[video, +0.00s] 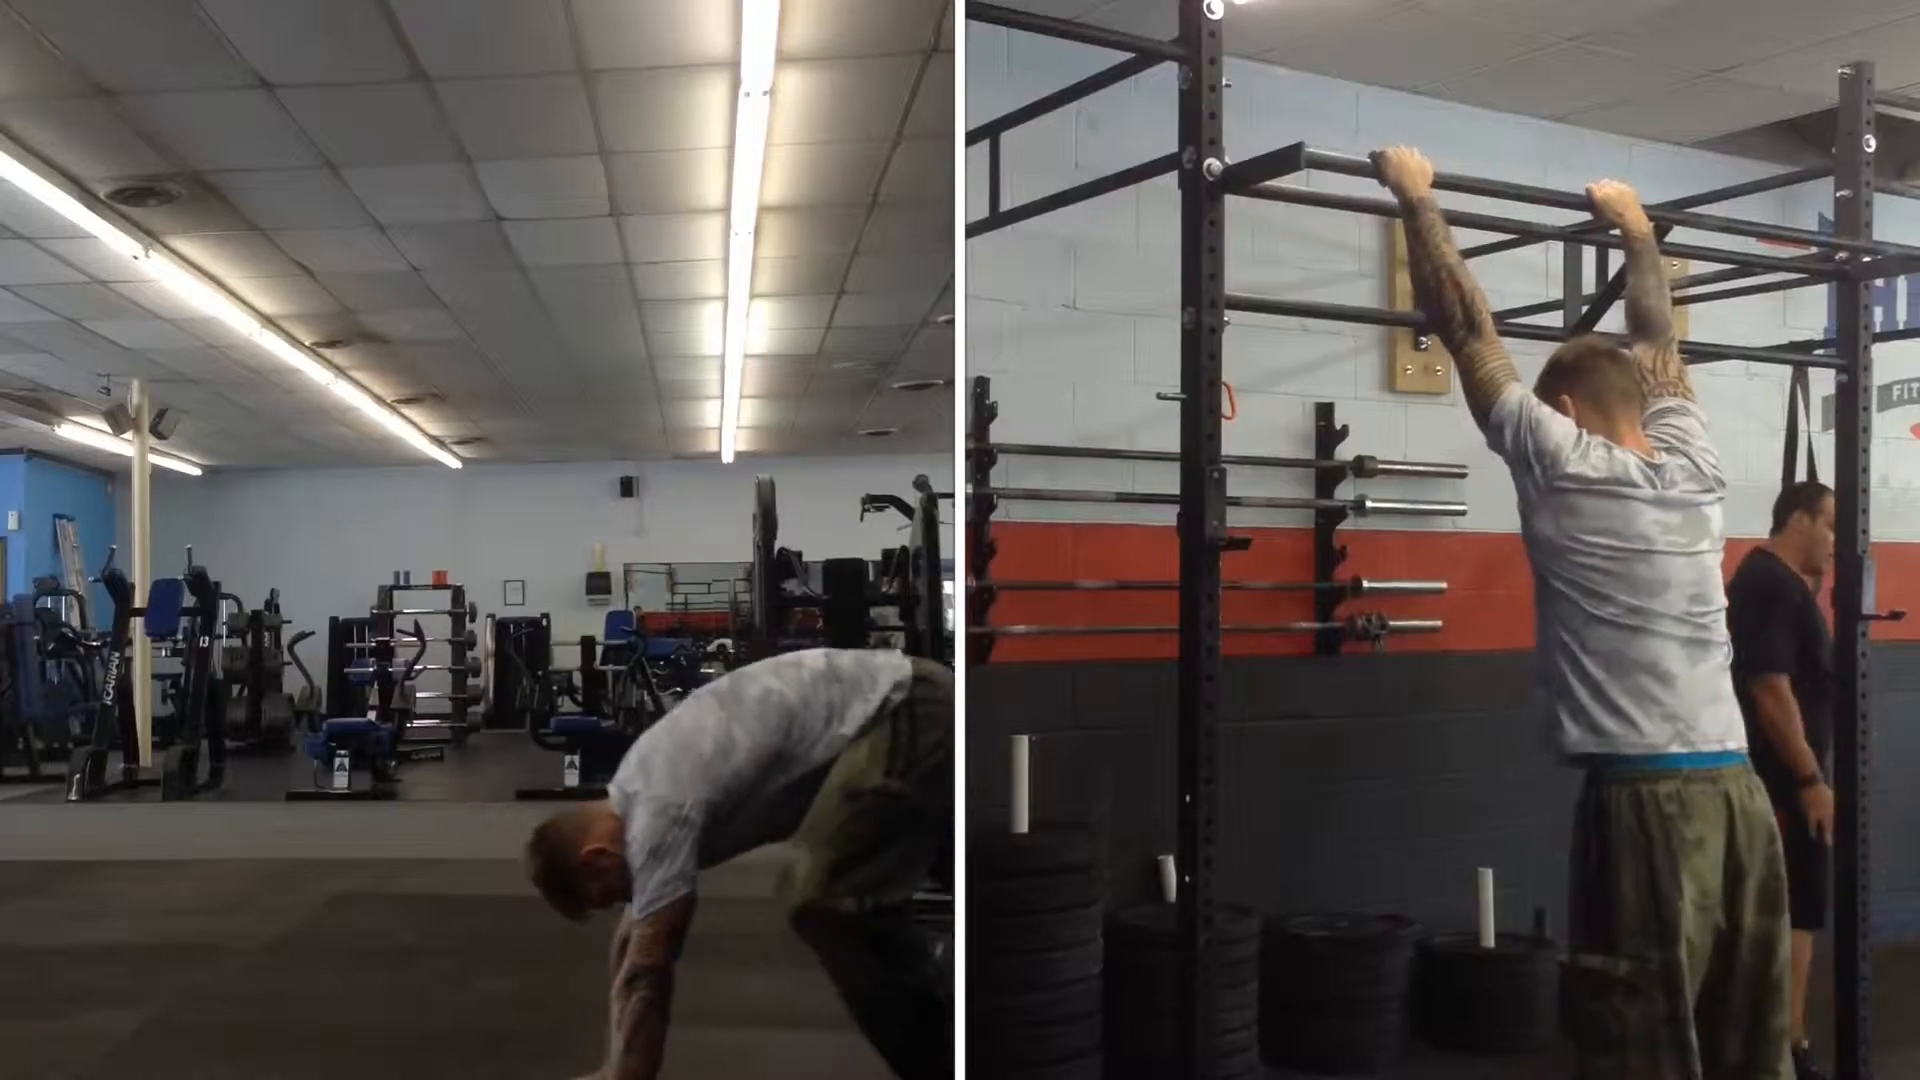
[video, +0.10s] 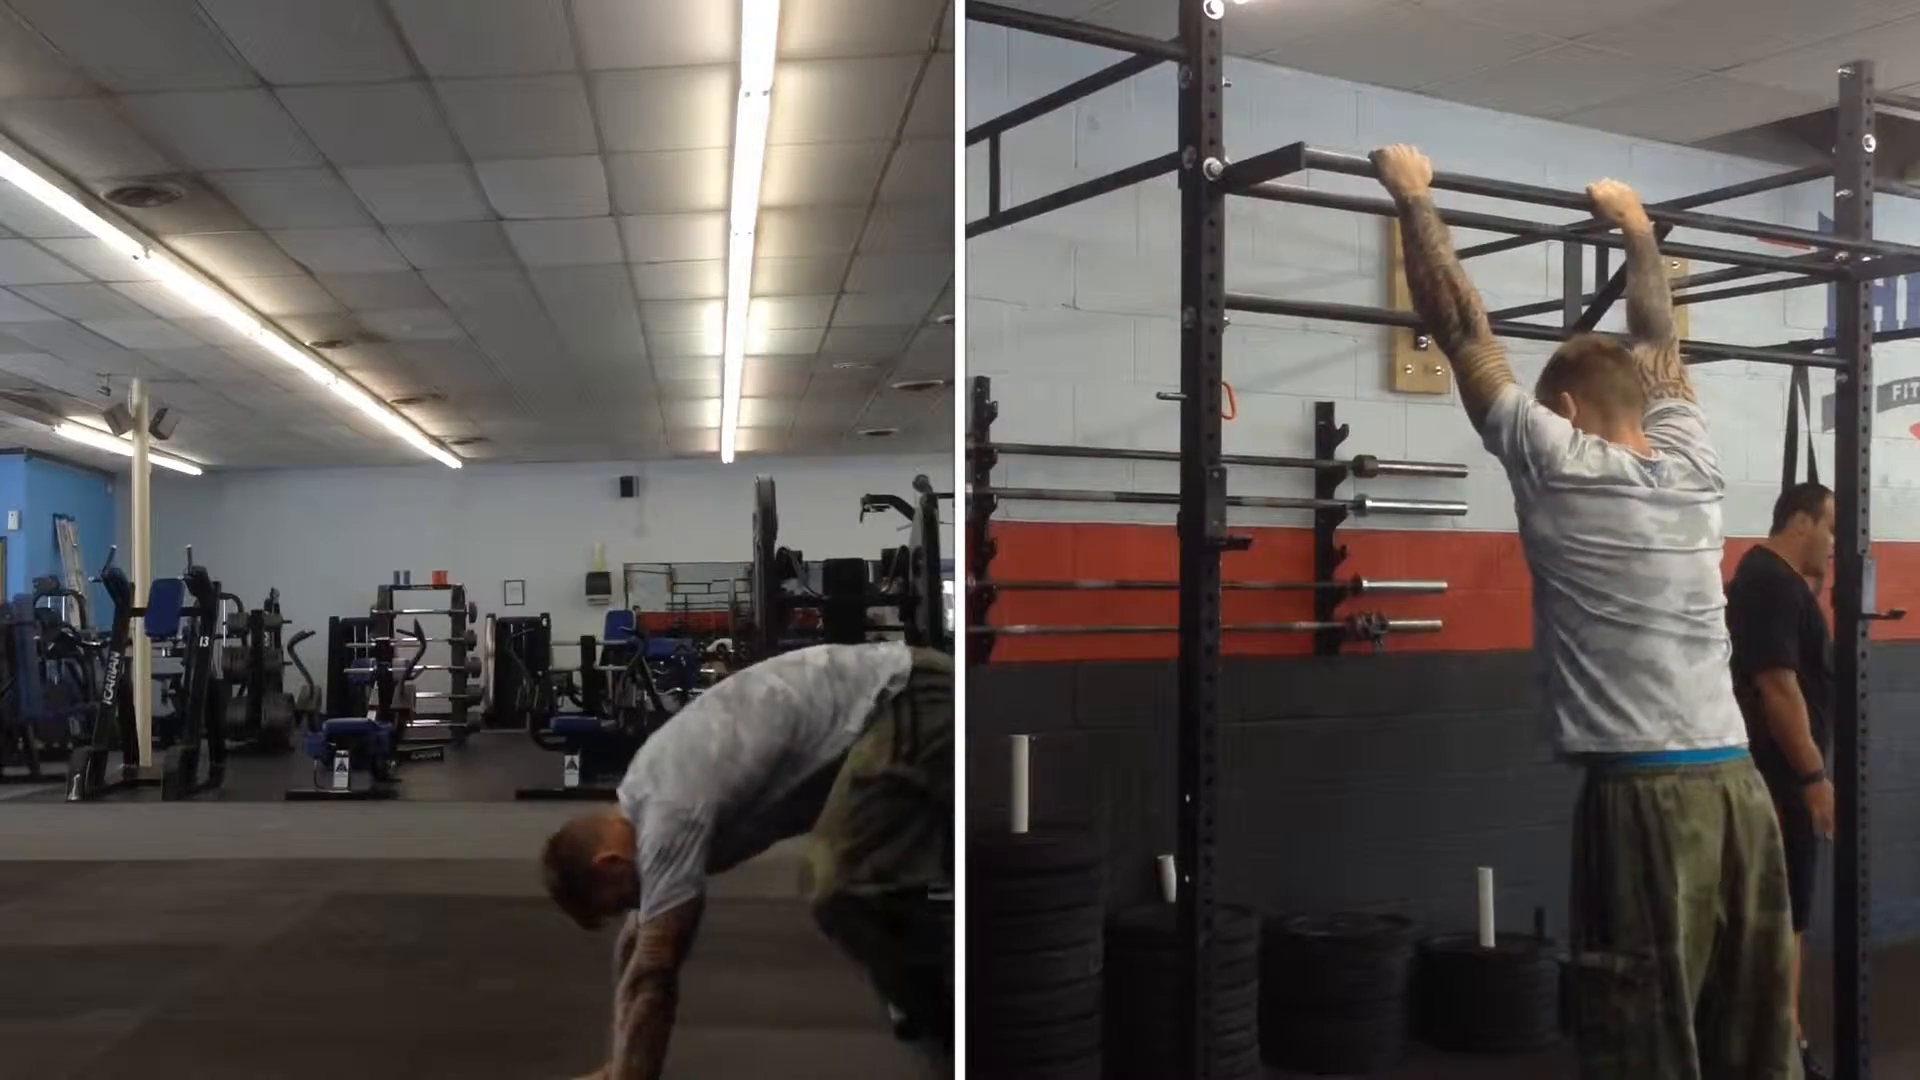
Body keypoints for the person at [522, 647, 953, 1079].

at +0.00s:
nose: (620, 905)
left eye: (606, 897)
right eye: (606, 906)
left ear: (600, 858)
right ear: (601, 844)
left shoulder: (660, 806)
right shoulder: (639, 797)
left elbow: (650, 970)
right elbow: (633, 947)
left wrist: (627, 1068)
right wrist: (616, 1060)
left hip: (908, 709)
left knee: (823, 903)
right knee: (816, 899)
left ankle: (928, 1056)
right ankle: (929, 1049)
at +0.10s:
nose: (627, 909)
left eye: (617, 905)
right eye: (616, 913)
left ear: (611, 865)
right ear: (609, 851)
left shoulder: (671, 812)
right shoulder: (644, 803)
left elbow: (654, 976)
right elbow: (636, 945)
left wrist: (631, 1070)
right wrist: (620, 1062)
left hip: (911, 698)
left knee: (846, 889)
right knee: (842, 885)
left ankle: (947, 1031)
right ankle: (933, 1019)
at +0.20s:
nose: (636, 912)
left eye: (626, 911)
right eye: (626, 918)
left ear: (619, 871)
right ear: (619, 859)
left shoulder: (672, 813)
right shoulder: (651, 808)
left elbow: (654, 978)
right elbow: (639, 960)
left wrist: (630, 1070)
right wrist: (619, 1064)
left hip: (908, 699)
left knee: (912, 915)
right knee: (906, 915)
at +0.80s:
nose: (647, 923)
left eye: (636, 919)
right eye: (636, 927)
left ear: (632, 879)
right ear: (633, 861)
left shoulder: (685, 820)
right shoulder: (674, 806)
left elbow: (657, 991)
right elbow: (649, 971)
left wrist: (626, 1073)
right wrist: (615, 1067)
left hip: (952, 728)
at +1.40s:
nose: (691, 933)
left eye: (684, 927)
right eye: (681, 934)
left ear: (682, 882)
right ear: (682, 873)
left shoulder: (740, 838)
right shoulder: (717, 830)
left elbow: (686, 1000)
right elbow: (672, 964)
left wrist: (637, 1074)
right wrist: (620, 1068)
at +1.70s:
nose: (727, 963)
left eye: (722, 951)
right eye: (715, 960)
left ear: (724, 903)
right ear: (727, 892)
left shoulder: (790, 862)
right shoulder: (748, 852)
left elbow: (712, 1021)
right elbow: (691, 973)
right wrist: (624, 1069)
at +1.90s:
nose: (745, 975)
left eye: (736, 968)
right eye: (734, 972)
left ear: (742, 927)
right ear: (738, 919)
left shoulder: (804, 881)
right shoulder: (767, 862)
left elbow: (721, 1030)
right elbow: (698, 983)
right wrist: (625, 1069)